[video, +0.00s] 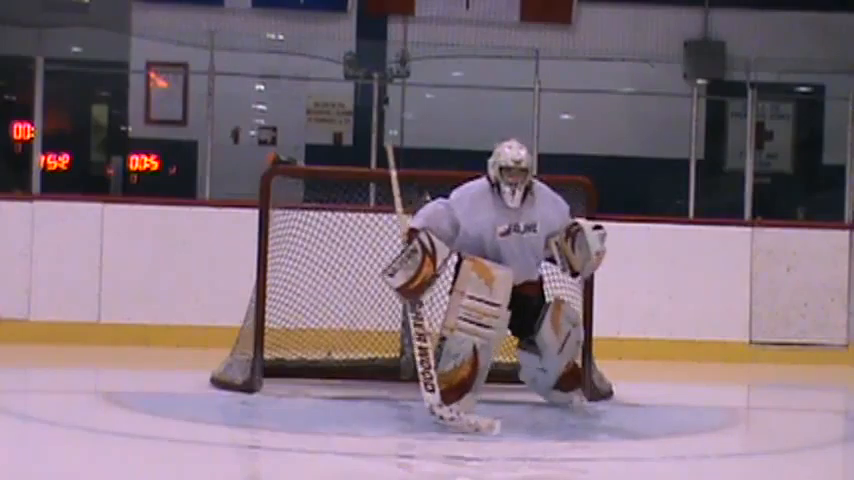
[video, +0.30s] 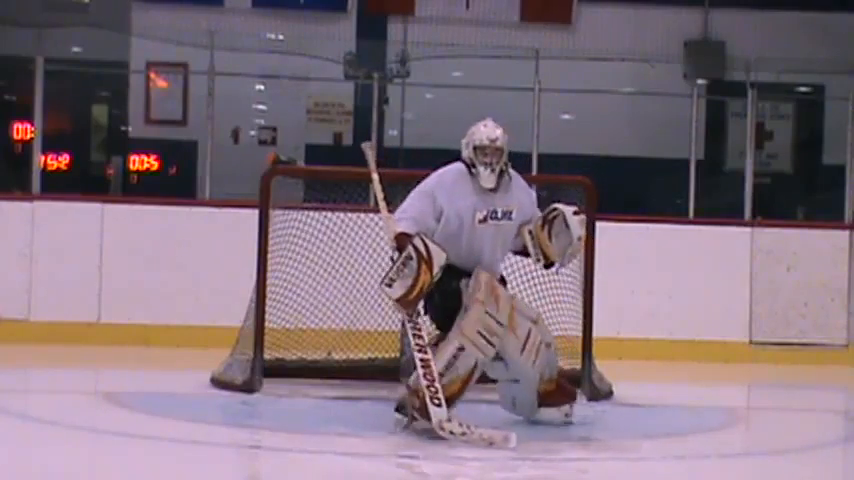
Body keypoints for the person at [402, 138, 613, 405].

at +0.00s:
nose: (514, 181)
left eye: (520, 175)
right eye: (508, 174)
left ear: (530, 175)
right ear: (494, 172)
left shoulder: (546, 203)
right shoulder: (470, 199)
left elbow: (559, 245)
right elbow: (433, 224)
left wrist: (580, 246)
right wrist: (420, 253)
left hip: (526, 285)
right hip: (478, 284)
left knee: (547, 338)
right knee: (468, 339)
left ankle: (556, 387)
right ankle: (451, 399)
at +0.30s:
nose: (489, 159)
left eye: (495, 153)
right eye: (482, 152)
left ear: (504, 154)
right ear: (469, 153)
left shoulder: (517, 188)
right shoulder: (445, 182)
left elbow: (521, 241)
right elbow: (404, 224)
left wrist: (552, 236)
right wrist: (416, 261)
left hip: (489, 280)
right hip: (445, 276)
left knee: (522, 332)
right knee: (468, 336)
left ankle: (538, 392)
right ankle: (422, 401)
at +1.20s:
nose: (388, 163)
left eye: (393, 155)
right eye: (382, 158)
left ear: (410, 153)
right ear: (378, 160)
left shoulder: (438, 181)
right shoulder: (383, 199)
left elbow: (477, 227)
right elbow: (360, 235)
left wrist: (446, 253)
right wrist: (335, 256)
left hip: (469, 279)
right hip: (421, 283)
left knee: (481, 346)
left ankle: (535, 405)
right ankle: (350, 387)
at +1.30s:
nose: (344, 172)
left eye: (347, 164)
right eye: (342, 165)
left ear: (362, 161)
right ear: (348, 166)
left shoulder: (393, 185)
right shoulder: (354, 197)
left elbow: (432, 236)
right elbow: (337, 234)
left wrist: (402, 259)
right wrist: (316, 242)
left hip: (438, 277)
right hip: (397, 281)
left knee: (465, 345)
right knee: (339, 313)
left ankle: (537, 404)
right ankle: (338, 387)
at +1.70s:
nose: (270, 155)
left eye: (275, 147)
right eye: (267, 148)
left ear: (289, 147)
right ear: (263, 150)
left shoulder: (315, 171)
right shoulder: (275, 186)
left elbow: (353, 224)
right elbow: (259, 224)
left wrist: (323, 250)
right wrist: (238, 250)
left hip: (358, 256)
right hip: (322, 258)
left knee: (333, 329)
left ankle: (399, 387)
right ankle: (260, 369)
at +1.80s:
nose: (265, 150)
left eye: (270, 143)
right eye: (263, 143)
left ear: (286, 143)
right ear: (262, 146)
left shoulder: (315, 171)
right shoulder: (269, 177)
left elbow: (351, 221)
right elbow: (258, 219)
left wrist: (322, 244)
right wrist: (239, 244)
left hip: (344, 256)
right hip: (300, 258)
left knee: (317, 321)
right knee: (266, 309)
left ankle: (366, 385)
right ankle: (251, 371)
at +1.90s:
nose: (264, 147)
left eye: (268, 140)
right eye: (262, 141)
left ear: (286, 139)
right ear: (264, 141)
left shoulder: (318, 168)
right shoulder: (267, 169)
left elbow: (351, 213)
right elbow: (258, 215)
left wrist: (329, 238)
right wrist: (243, 245)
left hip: (336, 257)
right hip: (289, 258)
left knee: (306, 317)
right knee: (264, 310)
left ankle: (351, 383)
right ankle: (254, 372)